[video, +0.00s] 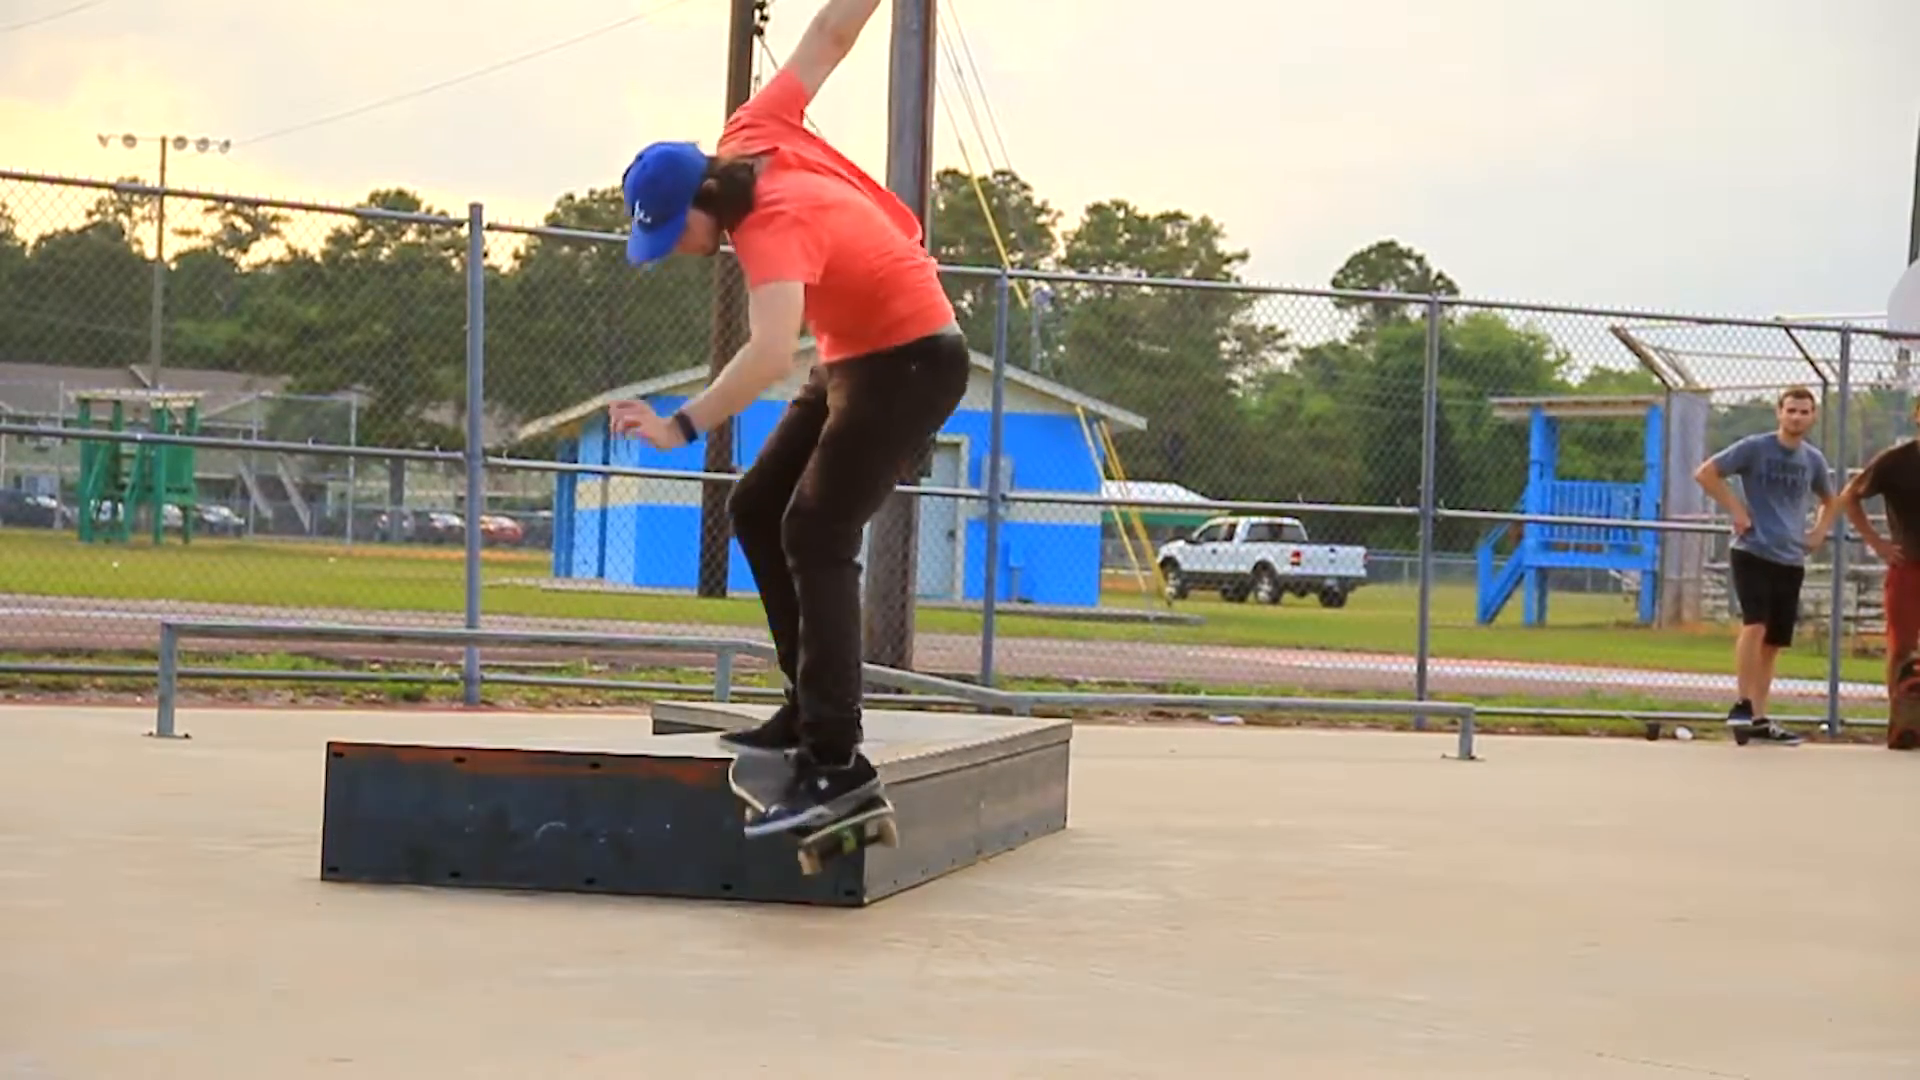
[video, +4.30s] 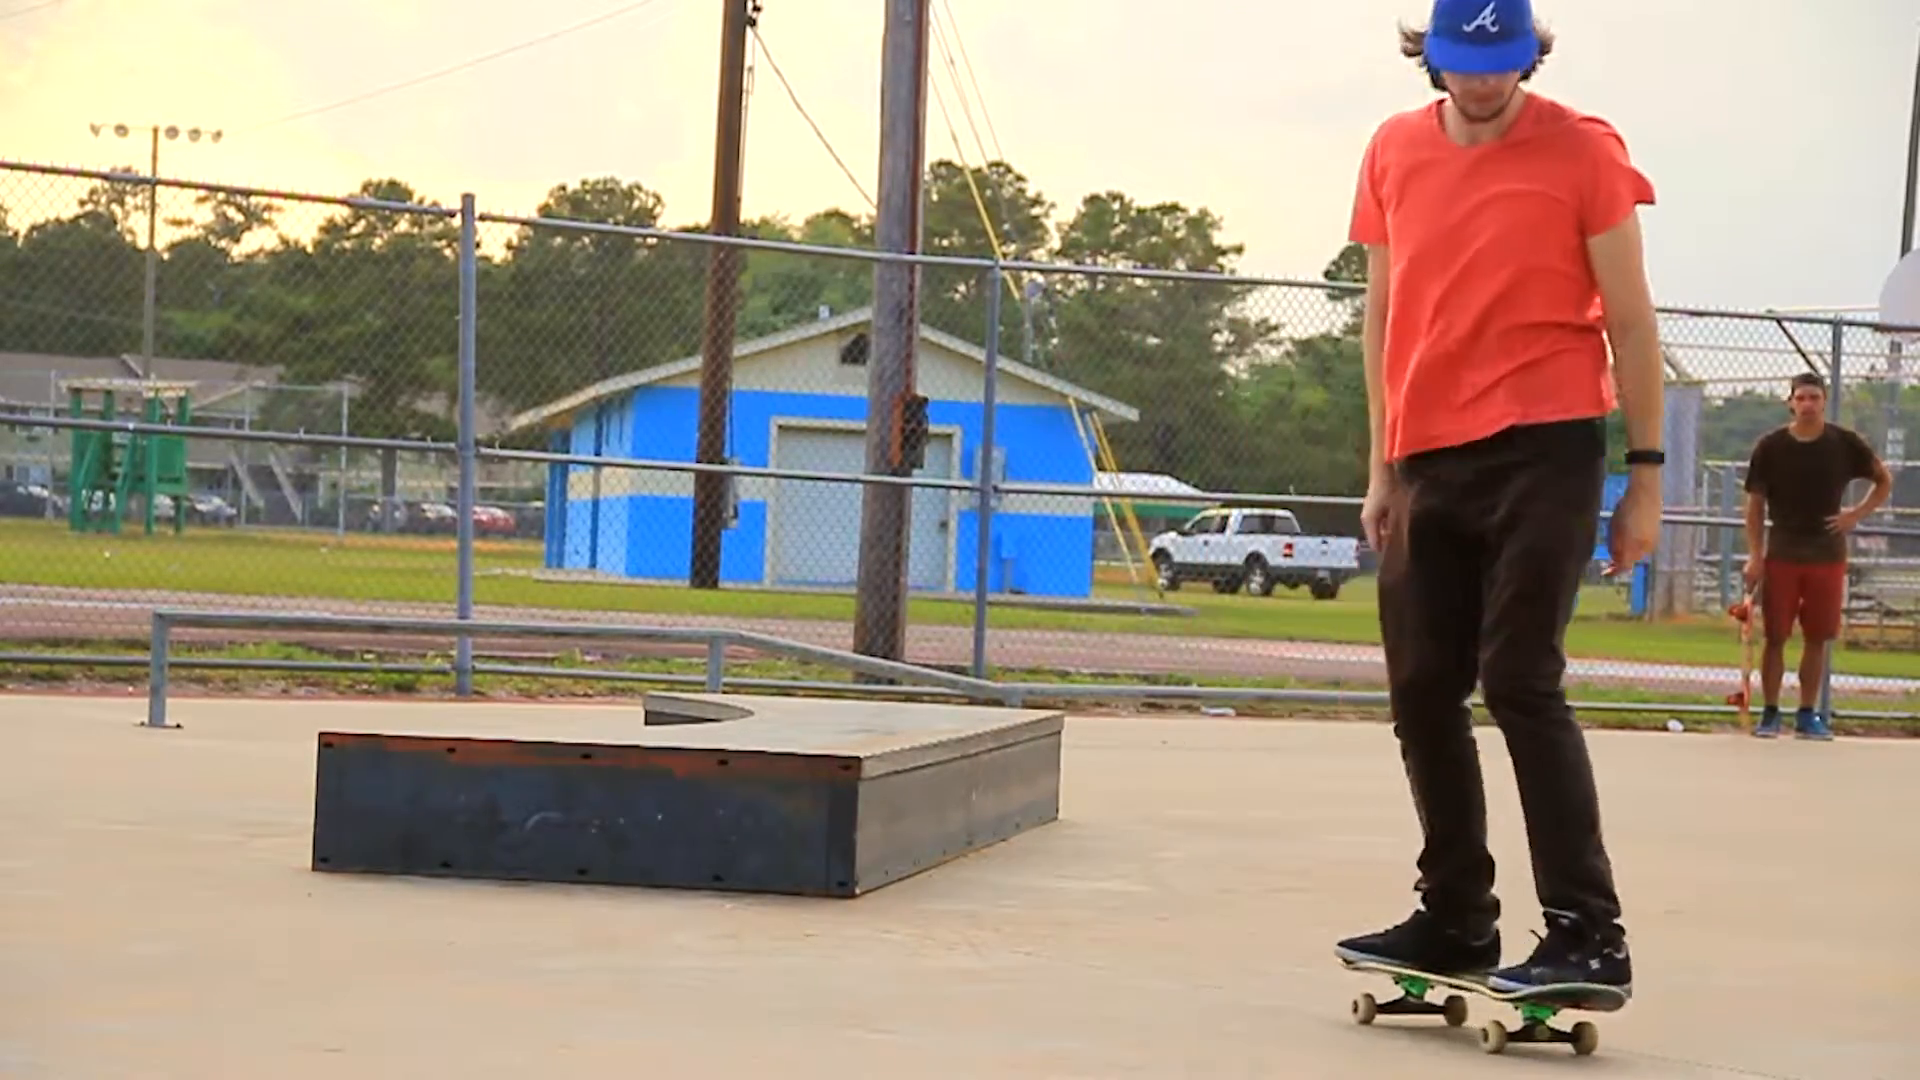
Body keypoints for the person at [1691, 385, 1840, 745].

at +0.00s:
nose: (1798, 417)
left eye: (1805, 412)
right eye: (1792, 410)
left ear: (1812, 417)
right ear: (1779, 413)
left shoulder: (1814, 459)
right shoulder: (1756, 447)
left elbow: (1831, 500)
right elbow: (1706, 473)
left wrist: (1818, 532)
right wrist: (1738, 512)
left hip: (1790, 557)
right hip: (1753, 550)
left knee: (1773, 641)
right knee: (1756, 624)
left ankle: (1758, 716)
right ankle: (1743, 705)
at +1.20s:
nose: (1824, 422)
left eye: (1824, 416)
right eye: (1820, 415)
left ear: (1806, 419)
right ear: (1798, 417)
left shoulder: (1811, 458)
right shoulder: (1756, 447)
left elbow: (1827, 499)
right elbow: (1707, 474)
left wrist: (1817, 532)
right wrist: (1737, 513)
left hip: (1790, 557)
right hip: (1753, 551)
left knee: (1771, 641)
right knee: (1752, 624)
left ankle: (1757, 716)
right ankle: (1739, 704)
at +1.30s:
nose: (1808, 401)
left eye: (1815, 395)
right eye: (1802, 395)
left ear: (1828, 399)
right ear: (1794, 400)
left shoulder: (1848, 444)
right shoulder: (1774, 445)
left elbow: (1885, 483)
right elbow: (1761, 502)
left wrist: (1859, 515)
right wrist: (1758, 554)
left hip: (1825, 556)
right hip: (1782, 554)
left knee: (1817, 638)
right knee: (1774, 636)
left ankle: (1807, 713)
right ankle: (1770, 711)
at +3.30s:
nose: (1797, 402)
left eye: (1804, 395)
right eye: (1792, 395)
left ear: (1817, 400)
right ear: (1782, 400)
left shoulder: (1840, 443)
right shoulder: (1764, 447)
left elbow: (1883, 480)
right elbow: (1750, 504)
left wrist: (1853, 514)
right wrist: (1752, 555)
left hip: (1822, 554)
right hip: (1778, 552)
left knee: (1816, 639)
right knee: (1773, 638)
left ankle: (1807, 714)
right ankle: (1770, 712)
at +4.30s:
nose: (1807, 404)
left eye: (1814, 398)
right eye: (1801, 398)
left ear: (1824, 402)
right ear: (1791, 402)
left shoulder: (1845, 444)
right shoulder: (1769, 447)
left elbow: (1884, 480)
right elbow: (1754, 505)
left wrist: (1856, 514)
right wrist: (1754, 556)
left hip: (1826, 555)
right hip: (1781, 553)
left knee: (1817, 639)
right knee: (1775, 638)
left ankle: (1807, 714)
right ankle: (1770, 712)